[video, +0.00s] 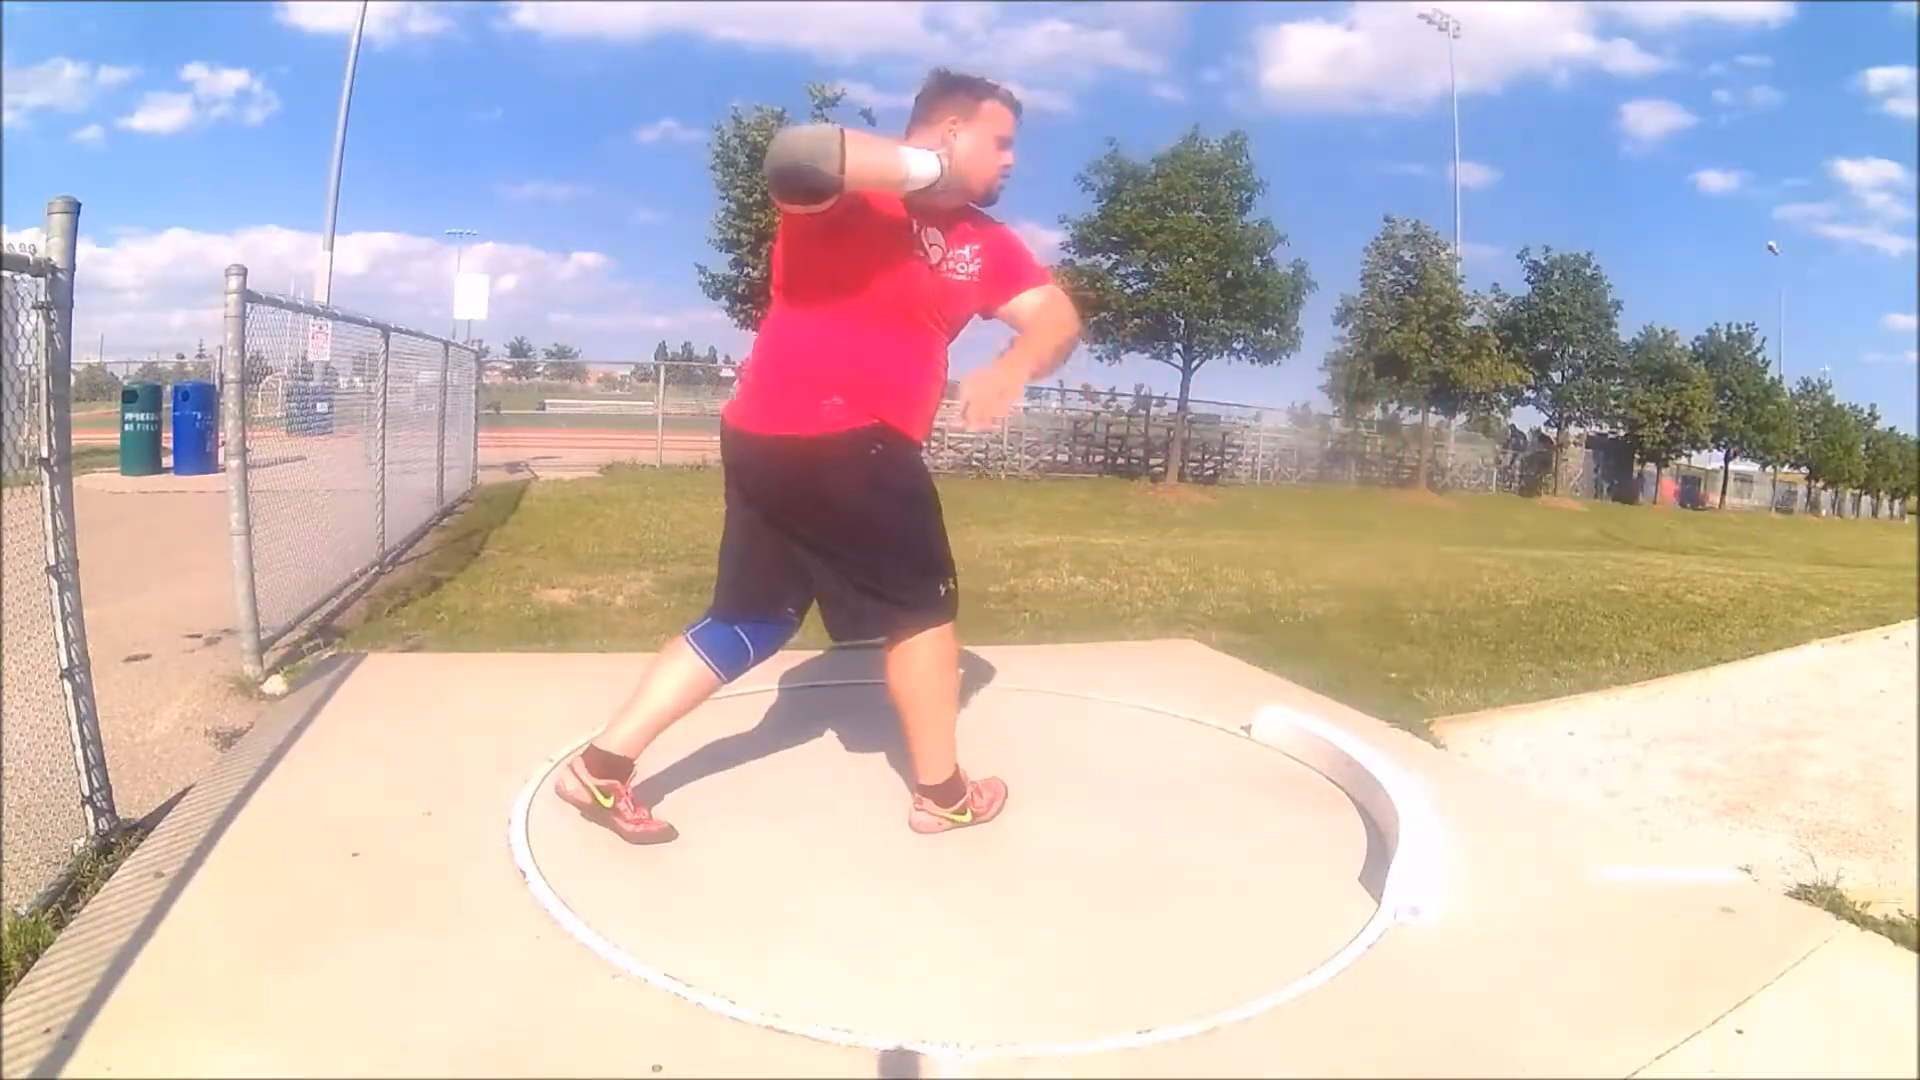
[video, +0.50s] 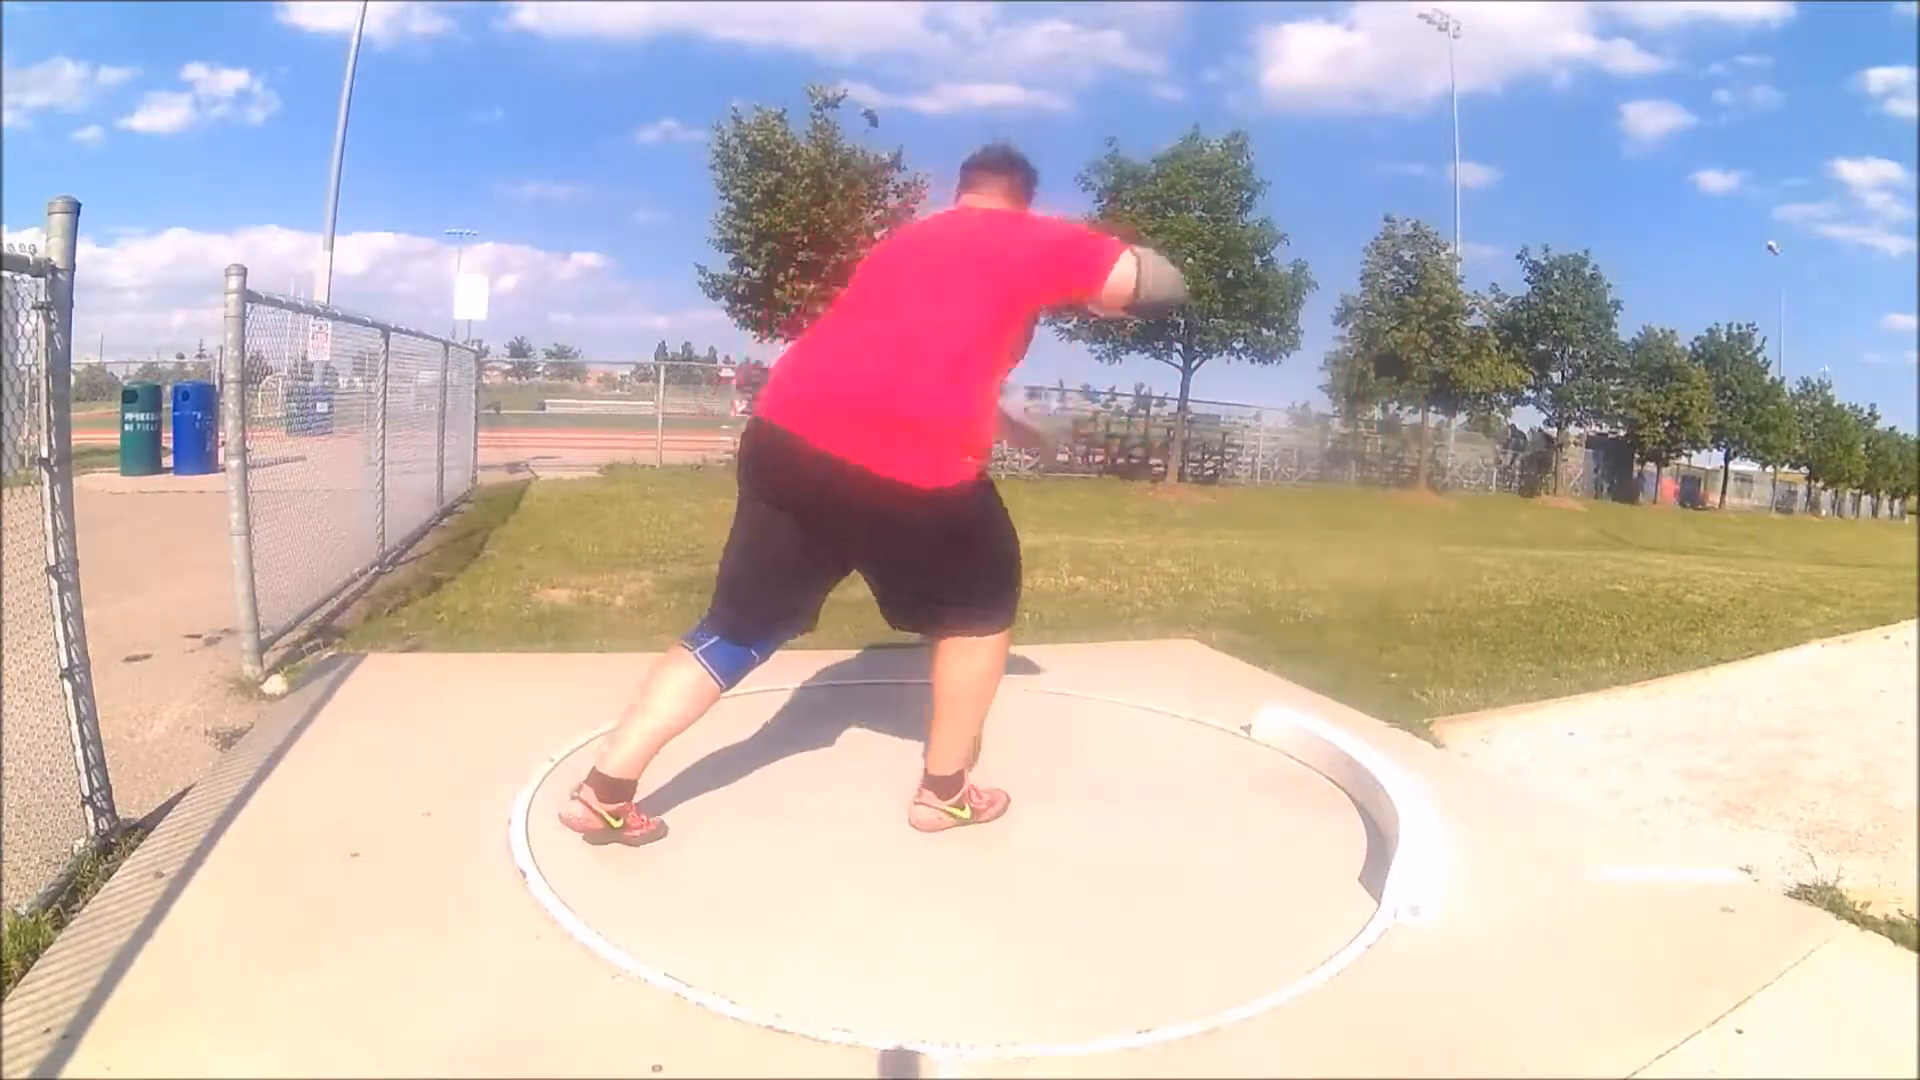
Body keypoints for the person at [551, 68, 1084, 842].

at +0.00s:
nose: (1010, 161)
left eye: (1011, 146)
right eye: (1001, 142)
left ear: (965, 142)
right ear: (947, 134)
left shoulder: (982, 243)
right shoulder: (831, 185)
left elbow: (1057, 319)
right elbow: (790, 152)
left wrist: (1010, 371)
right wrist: (927, 164)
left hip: (759, 432)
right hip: (856, 437)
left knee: (749, 618)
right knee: (920, 604)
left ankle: (604, 760)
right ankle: (939, 788)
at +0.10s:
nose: (1015, 165)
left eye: (1016, 150)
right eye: (1006, 146)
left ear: (968, 144)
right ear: (954, 138)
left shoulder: (982, 246)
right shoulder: (841, 184)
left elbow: (1051, 325)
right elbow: (803, 158)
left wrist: (973, 357)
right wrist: (935, 170)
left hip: (755, 432)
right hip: (855, 438)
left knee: (745, 618)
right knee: (919, 606)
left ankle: (602, 762)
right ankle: (939, 788)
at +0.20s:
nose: (1018, 183)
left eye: (1020, 167)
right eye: (1014, 163)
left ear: (967, 150)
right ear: (972, 150)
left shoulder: (980, 258)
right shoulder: (853, 198)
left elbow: (1055, 335)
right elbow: (856, 177)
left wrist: (1021, 367)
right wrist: (974, 190)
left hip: (748, 433)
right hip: (853, 443)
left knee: (744, 621)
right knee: (927, 606)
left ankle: (605, 763)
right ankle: (939, 789)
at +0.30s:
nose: (1028, 208)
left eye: (1030, 188)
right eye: (1027, 184)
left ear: (953, 160)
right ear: (991, 168)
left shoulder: (971, 270)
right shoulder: (892, 196)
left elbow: (1033, 341)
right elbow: (947, 206)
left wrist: (1087, 400)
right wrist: (1006, 216)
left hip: (746, 436)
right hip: (852, 449)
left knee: (743, 626)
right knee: (942, 605)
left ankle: (605, 771)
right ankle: (939, 787)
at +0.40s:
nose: (1027, 210)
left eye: (1025, 199)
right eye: (1029, 197)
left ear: (957, 175)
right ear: (1022, 188)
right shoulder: (984, 221)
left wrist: (1111, 434)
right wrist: (1064, 260)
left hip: (750, 438)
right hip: (867, 458)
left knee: (735, 630)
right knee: (959, 606)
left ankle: (603, 776)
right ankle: (940, 789)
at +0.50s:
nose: (1016, 216)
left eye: (994, 199)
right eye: (1027, 207)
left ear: (961, 191)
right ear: (1027, 202)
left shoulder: (907, 235)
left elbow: (919, 359)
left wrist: (1017, 425)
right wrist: (1115, 272)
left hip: (788, 441)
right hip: (915, 471)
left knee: (732, 631)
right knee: (979, 602)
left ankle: (606, 785)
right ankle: (944, 786)